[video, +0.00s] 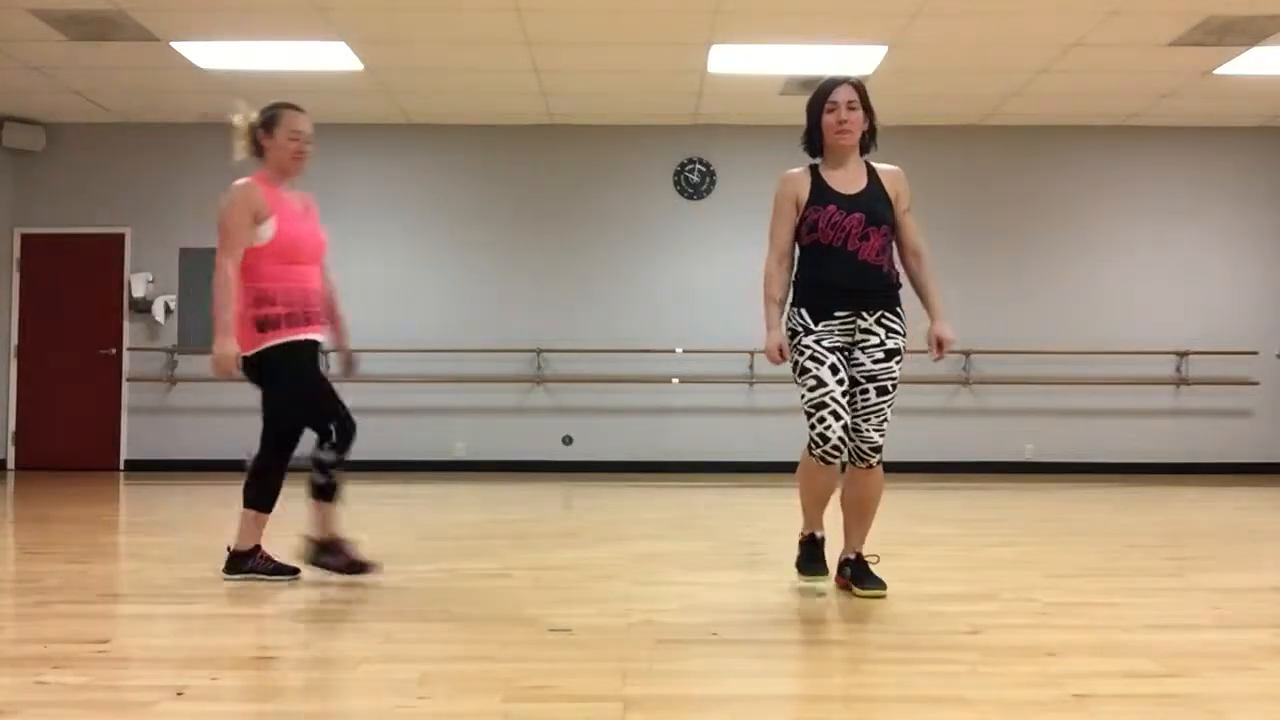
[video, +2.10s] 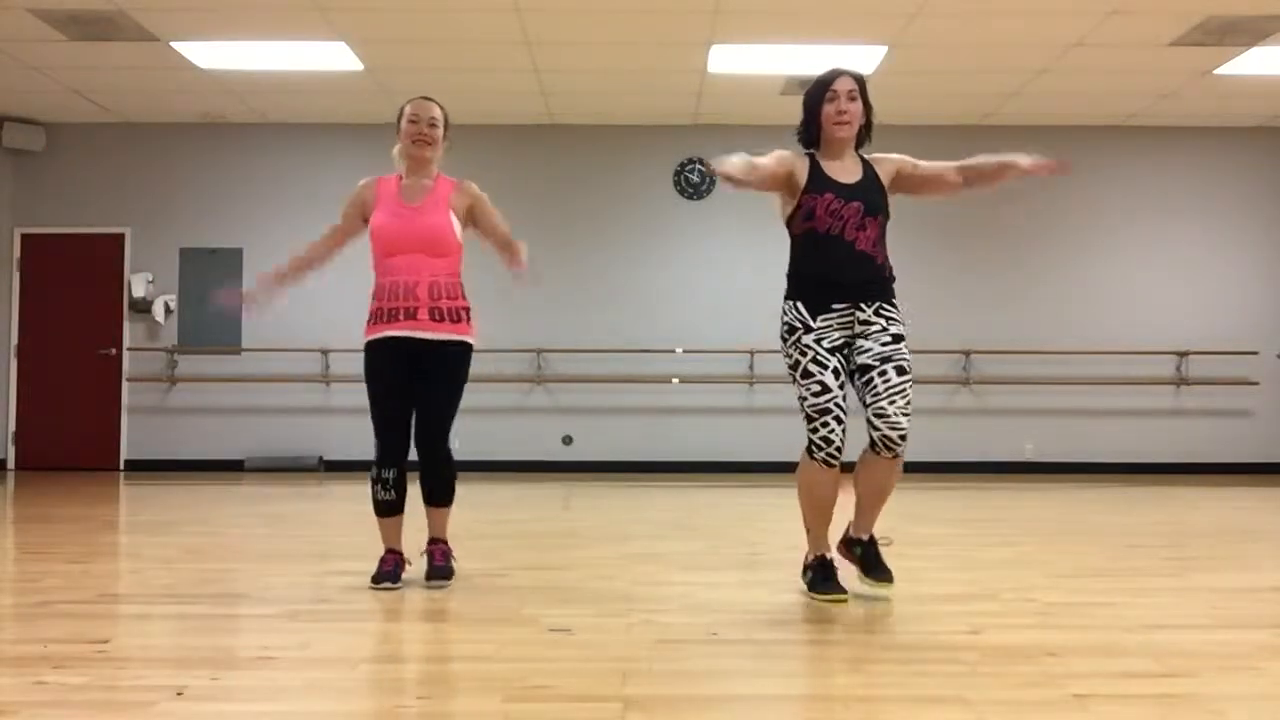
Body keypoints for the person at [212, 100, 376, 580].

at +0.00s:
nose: (304, 149)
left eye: (308, 141)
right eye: (294, 139)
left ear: (311, 145)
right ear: (265, 140)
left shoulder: (304, 202)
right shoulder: (246, 194)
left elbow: (320, 275)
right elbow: (227, 267)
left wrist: (341, 337)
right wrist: (225, 337)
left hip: (302, 340)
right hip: (268, 341)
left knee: (278, 445)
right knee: (338, 427)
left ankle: (245, 550)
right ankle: (323, 538)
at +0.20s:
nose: (343, 148)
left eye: (348, 140)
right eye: (333, 138)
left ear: (350, 147)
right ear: (304, 142)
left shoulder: (348, 203)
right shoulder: (286, 197)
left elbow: (371, 277)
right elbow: (264, 272)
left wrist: (407, 336)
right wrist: (238, 339)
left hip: (354, 342)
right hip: (314, 342)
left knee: (327, 447)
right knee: (358, 442)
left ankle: (258, 537)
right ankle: (371, 555)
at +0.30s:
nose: (358, 142)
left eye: (363, 135)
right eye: (347, 134)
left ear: (366, 143)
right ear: (321, 141)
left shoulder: (371, 201)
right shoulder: (307, 196)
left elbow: (391, 277)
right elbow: (288, 271)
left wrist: (422, 333)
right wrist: (273, 343)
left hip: (376, 339)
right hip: (333, 339)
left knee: (382, 443)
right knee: (363, 443)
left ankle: (298, 513)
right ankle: (371, 555)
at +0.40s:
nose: (372, 137)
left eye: (377, 129)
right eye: (360, 129)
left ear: (383, 139)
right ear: (336, 138)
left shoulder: (394, 200)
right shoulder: (321, 194)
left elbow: (407, 271)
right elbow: (308, 271)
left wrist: (431, 325)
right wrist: (315, 337)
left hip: (395, 339)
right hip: (345, 340)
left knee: (424, 436)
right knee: (366, 443)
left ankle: (349, 502)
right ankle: (371, 556)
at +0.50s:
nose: (384, 132)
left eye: (391, 126)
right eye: (373, 124)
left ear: (398, 136)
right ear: (351, 134)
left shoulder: (412, 196)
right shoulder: (333, 191)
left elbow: (426, 268)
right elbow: (321, 269)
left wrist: (444, 323)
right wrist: (350, 323)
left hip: (410, 338)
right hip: (356, 338)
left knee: (441, 430)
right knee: (368, 443)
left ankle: (412, 520)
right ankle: (371, 554)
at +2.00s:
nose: (425, 130)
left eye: (435, 124)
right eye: (417, 122)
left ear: (447, 138)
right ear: (400, 134)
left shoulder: (464, 196)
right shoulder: (372, 196)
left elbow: (489, 267)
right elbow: (354, 264)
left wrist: (507, 326)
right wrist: (327, 319)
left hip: (449, 339)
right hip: (389, 339)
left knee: (440, 446)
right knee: (391, 448)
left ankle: (443, 552)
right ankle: (391, 552)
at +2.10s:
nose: (422, 128)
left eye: (432, 123)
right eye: (413, 120)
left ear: (444, 138)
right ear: (397, 132)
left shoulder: (463, 194)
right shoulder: (373, 192)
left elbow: (505, 241)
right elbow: (326, 246)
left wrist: (515, 255)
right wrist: (276, 279)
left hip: (447, 336)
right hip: (388, 335)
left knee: (433, 441)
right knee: (390, 447)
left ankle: (438, 544)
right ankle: (392, 552)